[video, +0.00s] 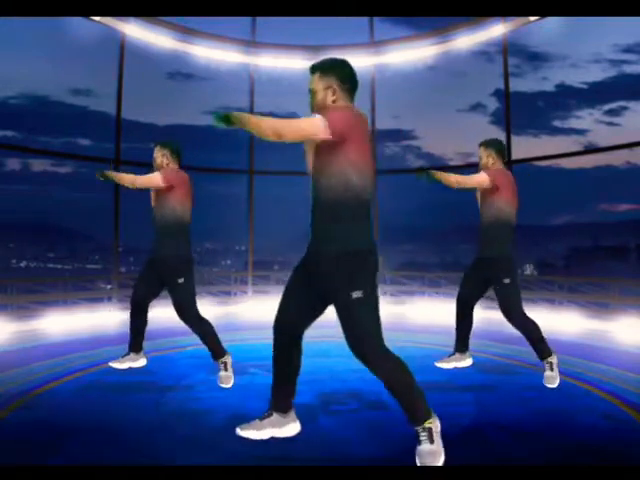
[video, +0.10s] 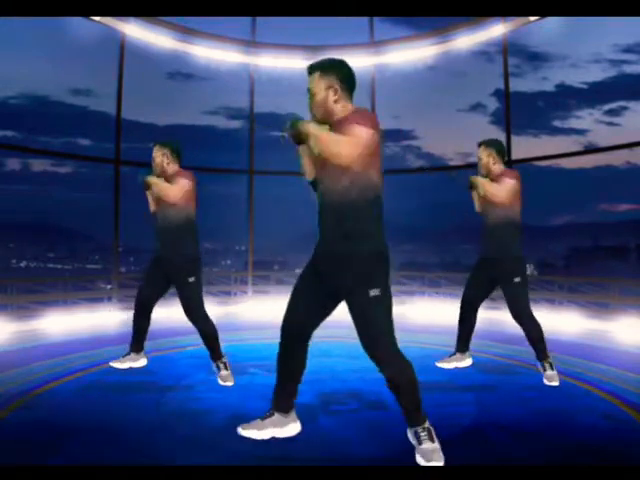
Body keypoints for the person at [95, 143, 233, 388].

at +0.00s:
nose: (156, 160)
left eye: (159, 155)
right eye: (155, 156)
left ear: (169, 158)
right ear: (162, 159)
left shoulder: (174, 176)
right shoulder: (167, 179)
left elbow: (136, 182)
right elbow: (138, 181)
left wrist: (111, 175)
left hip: (176, 257)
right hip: (162, 256)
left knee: (188, 313)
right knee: (139, 300)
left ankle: (222, 359)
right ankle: (135, 353)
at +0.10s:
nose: (154, 162)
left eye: (157, 157)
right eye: (153, 158)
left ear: (169, 159)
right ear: (158, 162)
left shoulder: (185, 179)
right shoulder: (161, 183)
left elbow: (174, 196)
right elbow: (156, 210)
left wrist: (152, 181)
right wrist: (151, 193)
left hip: (186, 259)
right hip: (165, 258)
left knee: (195, 312)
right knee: (143, 301)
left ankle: (220, 362)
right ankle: (136, 353)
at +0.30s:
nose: (162, 167)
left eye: (164, 162)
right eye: (160, 163)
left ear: (179, 160)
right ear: (162, 166)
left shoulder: (201, 181)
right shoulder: (167, 191)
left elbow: (206, 212)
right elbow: (152, 216)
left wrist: (182, 184)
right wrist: (144, 194)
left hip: (199, 260)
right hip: (172, 259)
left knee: (208, 316)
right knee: (148, 303)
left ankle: (222, 364)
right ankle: (136, 354)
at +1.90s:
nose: (155, 158)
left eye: (159, 153)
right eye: (153, 154)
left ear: (173, 155)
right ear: (154, 159)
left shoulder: (193, 180)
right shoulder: (157, 183)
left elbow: (199, 215)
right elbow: (145, 201)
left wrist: (174, 187)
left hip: (186, 255)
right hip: (165, 255)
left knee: (198, 315)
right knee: (139, 303)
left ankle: (224, 368)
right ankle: (141, 357)